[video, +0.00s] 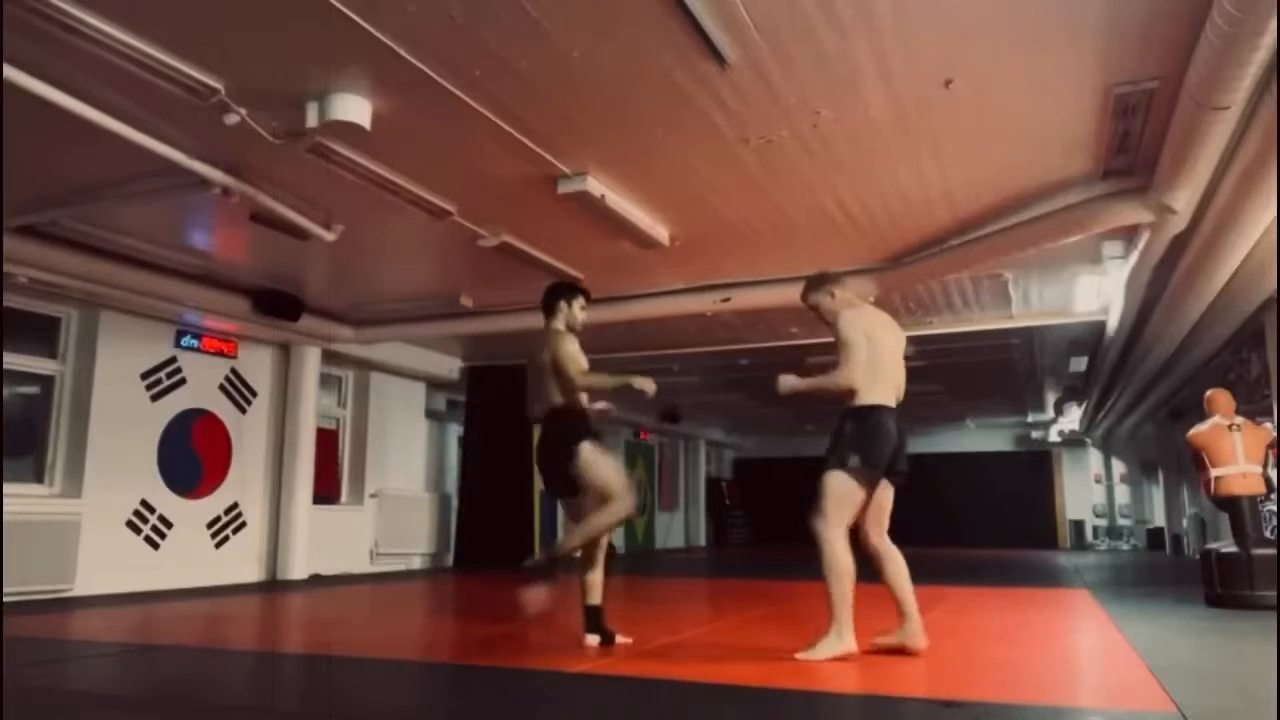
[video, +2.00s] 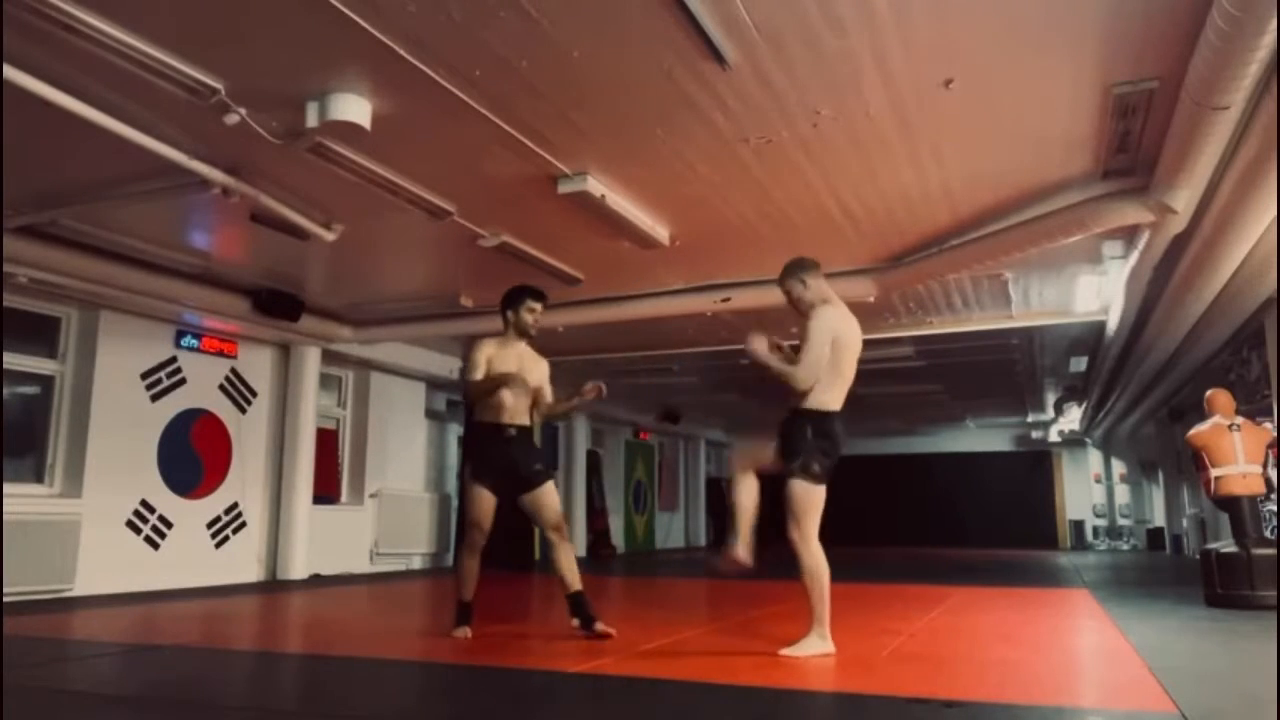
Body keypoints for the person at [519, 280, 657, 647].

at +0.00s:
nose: (584, 316)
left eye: (584, 309)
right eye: (580, 308)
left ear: (555, 310)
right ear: (561, 308)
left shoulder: (543, 347)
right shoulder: (562, 340)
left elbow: (552, 402)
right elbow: (580, 378)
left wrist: (590, 406)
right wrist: (630, 380)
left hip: (551, 441)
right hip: (570, 437)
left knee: (595, 536)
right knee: (625, 499)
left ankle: (594, 622)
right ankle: (558, 553)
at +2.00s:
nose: (536, 319)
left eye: (539, 314)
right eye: (531, 312)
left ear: (538, 318)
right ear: (510, 312)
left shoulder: (539, 362)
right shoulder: (485, 348)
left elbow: (545, 409)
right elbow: (471, 393)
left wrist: (578, 399)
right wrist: (501, 380)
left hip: (525, 447)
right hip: (486, 444)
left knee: (556, 527)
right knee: (476, 532)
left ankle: (582, 612)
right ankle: (463, 617)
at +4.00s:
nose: (472, 330)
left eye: (477, 325)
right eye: (466, 322)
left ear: (482, 328)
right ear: (449, 319)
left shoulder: (470, 355)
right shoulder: (431, 351)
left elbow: (478, 400)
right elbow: (443, 399)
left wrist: (482, 356)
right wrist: (469, 358)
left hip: (457, 446)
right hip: (428, 445)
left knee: (467, 533)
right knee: (444, 531)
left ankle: (442, 604)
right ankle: (417, 619)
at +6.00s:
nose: (484, 334)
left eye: (486, 328)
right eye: (479, 326)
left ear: (479, 330)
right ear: (460, 325)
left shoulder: (468, 364)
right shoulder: (450, 358)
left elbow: (475, 413)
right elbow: (445, 398)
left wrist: (496, 389)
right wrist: (486, 379)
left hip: (474, 447)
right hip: (466, 434)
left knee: (485, 532)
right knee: (537, 429)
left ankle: (462, 607)